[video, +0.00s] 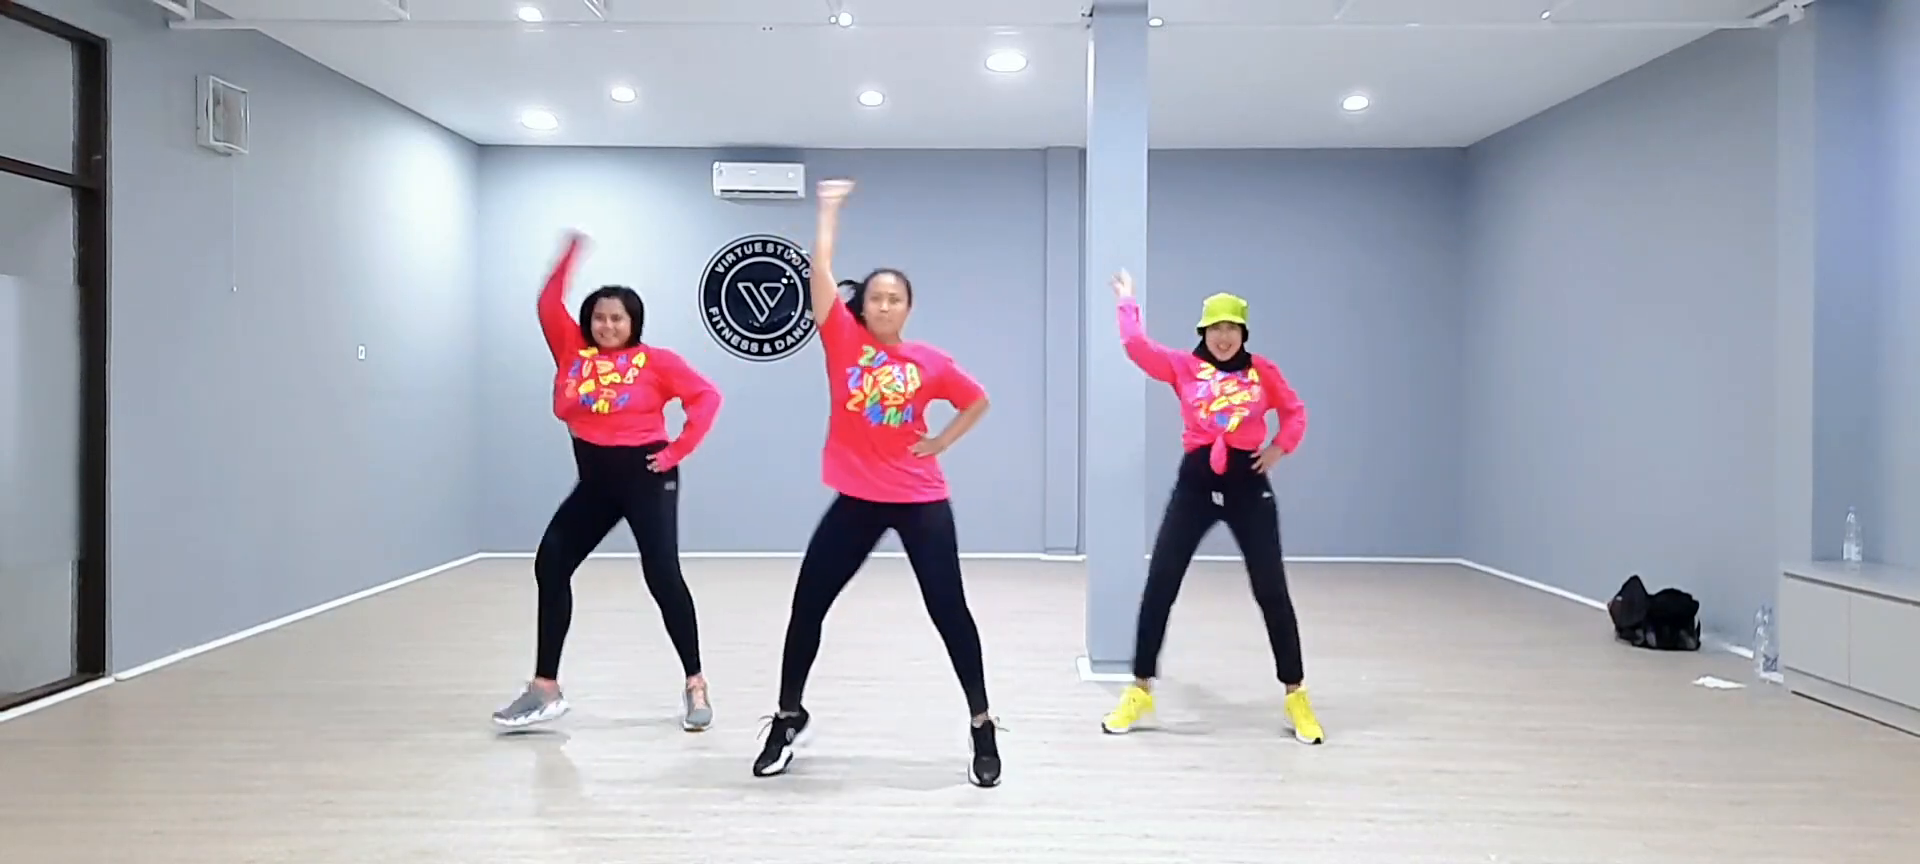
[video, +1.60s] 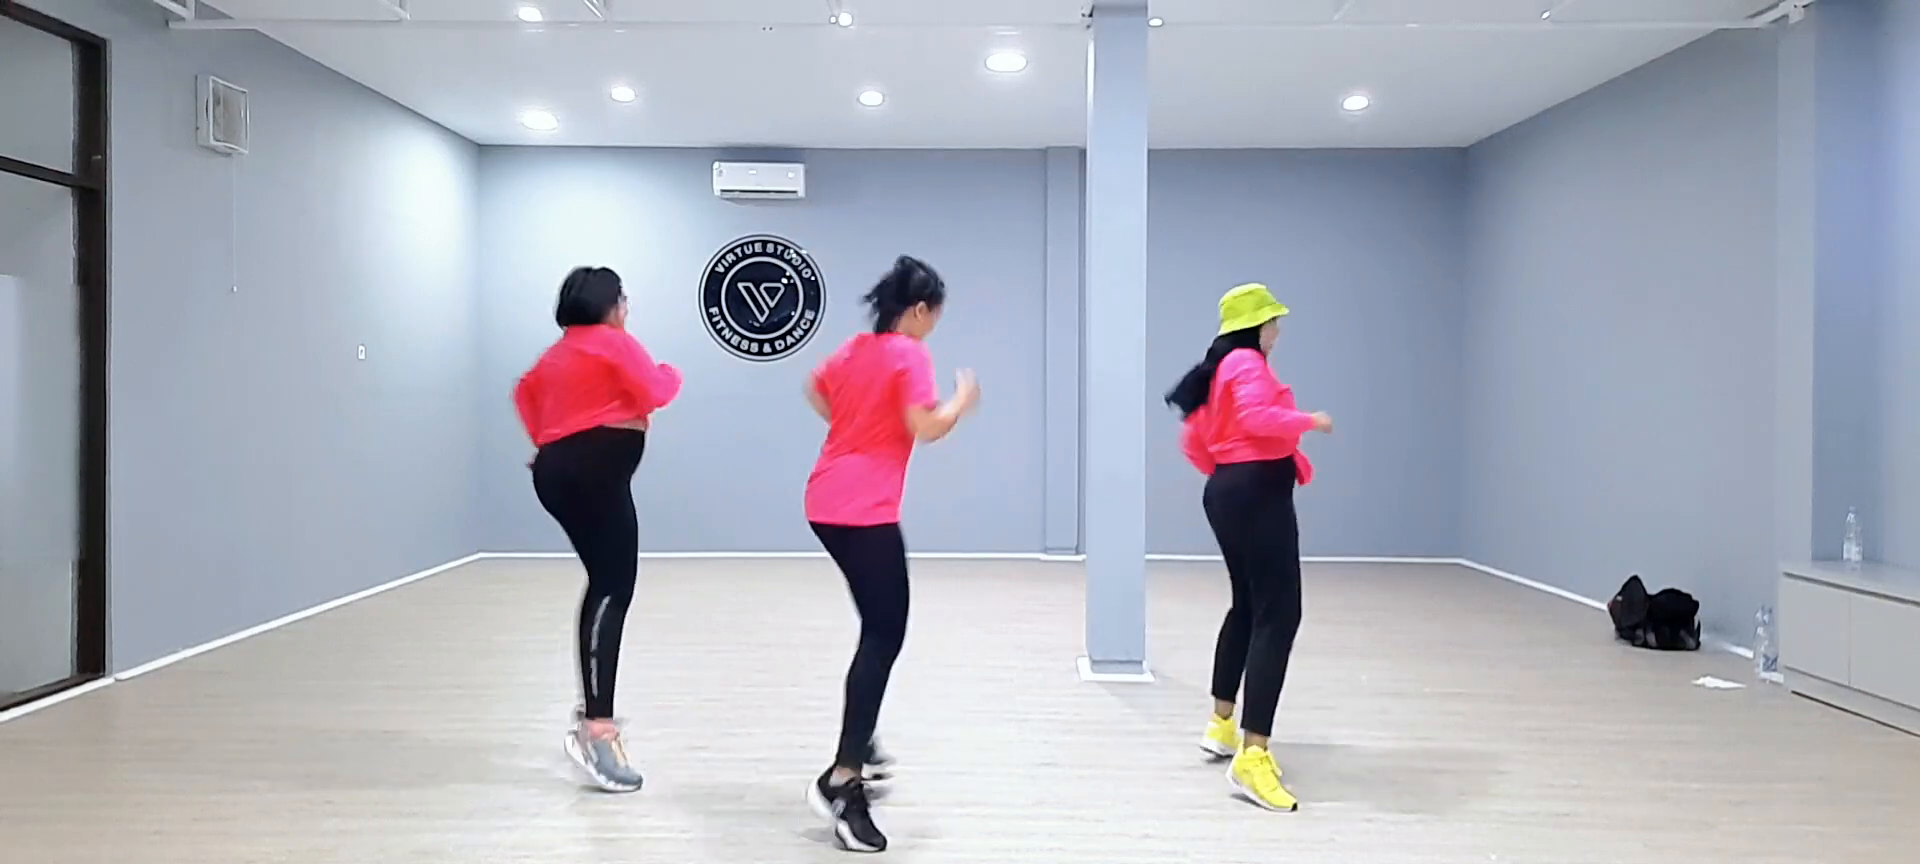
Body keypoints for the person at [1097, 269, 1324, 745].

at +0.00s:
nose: (1224, 337)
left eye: (1232, 329)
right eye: (1216, 329)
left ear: (1243, 334)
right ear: (1204, 333)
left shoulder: (1262, 371)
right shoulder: (1183, 367)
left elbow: (1295, 414)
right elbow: (1135, 343)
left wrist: (1278, 449)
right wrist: (1126, 298)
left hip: (1249, 487)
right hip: (1196, 486)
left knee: (1271, 591)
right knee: (1160, 583)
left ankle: (1296, 696)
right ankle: (1139, 691)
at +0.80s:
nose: (1208, 327)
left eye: (1216, 319)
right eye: (1201, 319)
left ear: (1228, 320)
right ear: (1187, 318)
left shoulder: (1236, 359)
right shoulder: (1171, 352)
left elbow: (1245, 421)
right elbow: (1137, 349)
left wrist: (1238, 465)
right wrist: (1178, 318)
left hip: (1222, 472)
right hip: (1172, 470)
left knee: (1234, 584)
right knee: (1154, 581)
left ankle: (1227, 689)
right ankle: (1126, 680)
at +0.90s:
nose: (1223, 330)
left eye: (1231, 323)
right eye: (1215, 322)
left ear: (1243, 330)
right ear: (1201, 327)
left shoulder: (1250, 376)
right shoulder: (1181, 367)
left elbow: (1248, 433)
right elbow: (1150, 419)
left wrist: (1267, 468)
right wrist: (1191, 406)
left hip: (1236, 490)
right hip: (1186, 486)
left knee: (1231, 597)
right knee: (1169, 591)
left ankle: (1221, 698)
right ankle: (1145, 698)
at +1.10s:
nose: (1237, 339)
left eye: (1246, 331)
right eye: (1230, 330)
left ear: (1256, 338)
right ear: (1215, 335)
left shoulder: (1268, 391)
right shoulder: (1191, 383)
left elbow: (1310, 437)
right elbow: (1158, 434)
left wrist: (1285, 398)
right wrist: (1170, 474)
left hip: (1255, 502)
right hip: (1204, 500)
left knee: (1244, 603)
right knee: (1213, 598)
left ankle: (1226, 696)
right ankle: (1207, 709)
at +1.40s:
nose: (1250, 350)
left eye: (1258, 341)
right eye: (1241, 341)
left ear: (1267, 348)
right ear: (1222, 347)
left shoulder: (1283, 402)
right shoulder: (1204, 402)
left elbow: (1328, 441)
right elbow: (1178, 467)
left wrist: (1336, 452)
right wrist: (1220, 472)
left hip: (1272, 520)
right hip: (1228, 519)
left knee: (1268, 621)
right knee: (1279, 627)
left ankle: (1218, 694)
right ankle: (1250, 762)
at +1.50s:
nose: (1269, 340)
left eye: (1273, 332)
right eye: (1260, 332)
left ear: (1272, 340)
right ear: (1236, 338)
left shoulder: (1263, 391)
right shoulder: (1219, 387)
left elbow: (1269, 457)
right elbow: (1221, 452)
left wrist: (1302, 482)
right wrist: (1280, 440)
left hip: (1262, 512)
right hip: (1240, 512)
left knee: (1260, 621)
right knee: (1289, 630)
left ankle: (1214, 714)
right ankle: (1251, 762)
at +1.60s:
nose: (1279, 332)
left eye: (1278, 323)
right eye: (1276, 324)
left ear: (1236, 326)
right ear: (1259, 325)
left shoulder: (1220, 367)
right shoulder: (1248, 362)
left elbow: (1193, 440)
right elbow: (1256, 417)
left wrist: (1230, 471)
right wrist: (1309, 421)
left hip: (1224, 489)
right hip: (1258, 488)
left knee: (1245, 605)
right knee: (1281, 614)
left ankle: (1222, 723)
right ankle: (1253, 756)